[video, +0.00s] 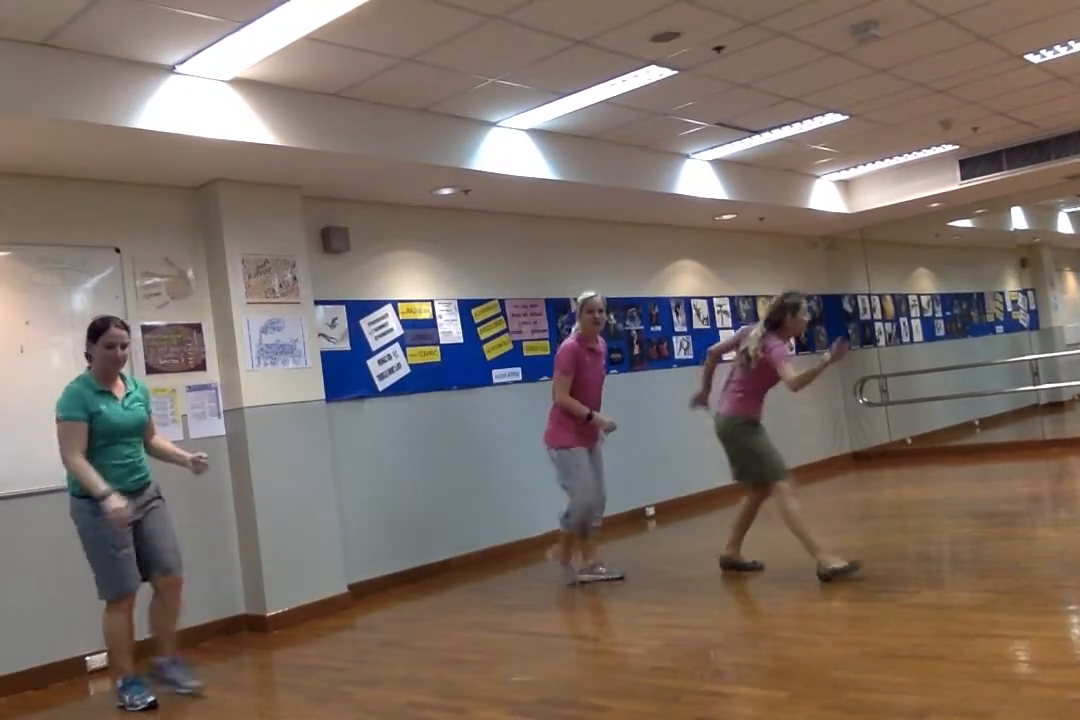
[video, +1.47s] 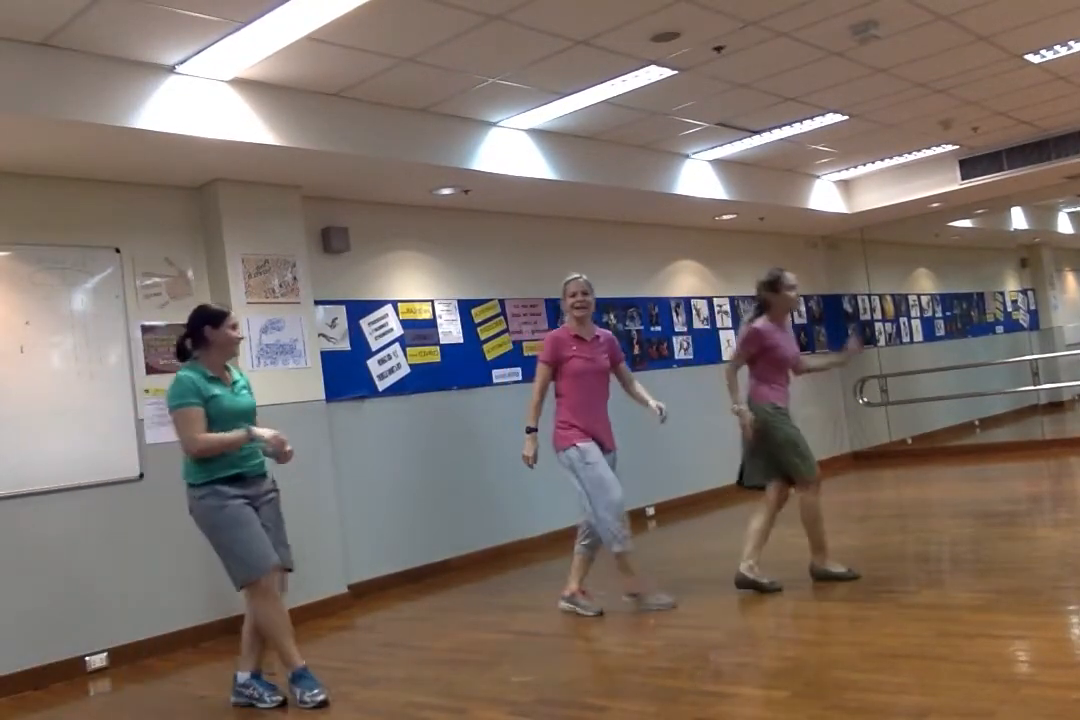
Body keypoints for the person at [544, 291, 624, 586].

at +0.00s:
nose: (597, 316)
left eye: (601, 312)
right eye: (591, 312)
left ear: (605, 315)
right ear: (580, 316)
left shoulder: (600, 348)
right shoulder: (569, 350)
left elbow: (590, 390)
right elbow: (560, 396)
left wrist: (593, 423)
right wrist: (596, 417)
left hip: (587, 434)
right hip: (564, 436)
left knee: (595, 498)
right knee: (584, 497)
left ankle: (588, 561)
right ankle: (561, 553)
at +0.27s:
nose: (593, 314)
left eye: (597, 310)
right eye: (587, 310)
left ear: (603, 314)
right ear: (576, 314)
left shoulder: (602, 349)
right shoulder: (562, 346)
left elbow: (588, 391)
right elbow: (546, 393)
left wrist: (586, 425)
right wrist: (558, 427)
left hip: (585, 435)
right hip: (555, 434)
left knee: (591, 500)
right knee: (563, 499)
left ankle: (589, 563)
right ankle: (549, 549)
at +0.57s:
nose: (565, 311)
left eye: (570, 306)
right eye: (560, 307)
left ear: (576, 310)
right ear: (549, 312)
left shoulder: (585, 349)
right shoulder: (537, 347)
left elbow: (588, 393)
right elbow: (519, 391)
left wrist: (611, 419)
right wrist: (505, 432)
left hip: (574, 440)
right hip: (541, 441)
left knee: (587, 504)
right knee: (546, 509)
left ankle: (589, 563)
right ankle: (549, 584)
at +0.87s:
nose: (545, 305)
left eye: (549, 300)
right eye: (539, 300)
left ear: (558, 306)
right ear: (530, 307)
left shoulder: (571, 346)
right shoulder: (519, 346)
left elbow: (576, 393)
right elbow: (509, 393)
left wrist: (582, 434)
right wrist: (515, 430)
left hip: (570, 438)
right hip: (534, 443)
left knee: (588, 499)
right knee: (538, 513)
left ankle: (583, 572)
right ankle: (546, 581)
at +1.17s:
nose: (552, 303)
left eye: (557, 298)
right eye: (546, 299)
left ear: (566, 303)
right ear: (537, 306)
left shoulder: (584, 343)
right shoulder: (529, 345)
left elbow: (594, 389)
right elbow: (522, 393)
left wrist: (605, 432)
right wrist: (526, 434)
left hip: (584, 443)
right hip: (547, 445)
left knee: (579, 517)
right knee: (549, 517)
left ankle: (570, 591)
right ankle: (544, 571)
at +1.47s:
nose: (580, 299)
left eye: (585, 294)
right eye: (573, 295)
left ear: (594, 300)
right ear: (564, 303)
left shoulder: (606, 339)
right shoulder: (555, 341)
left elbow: (628, 382)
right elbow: (539, 391)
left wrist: (651, 402)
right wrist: (531, 435)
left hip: (602, 434)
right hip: (571, 435)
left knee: (598, 512)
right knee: (610, 496)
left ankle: (573, 590)